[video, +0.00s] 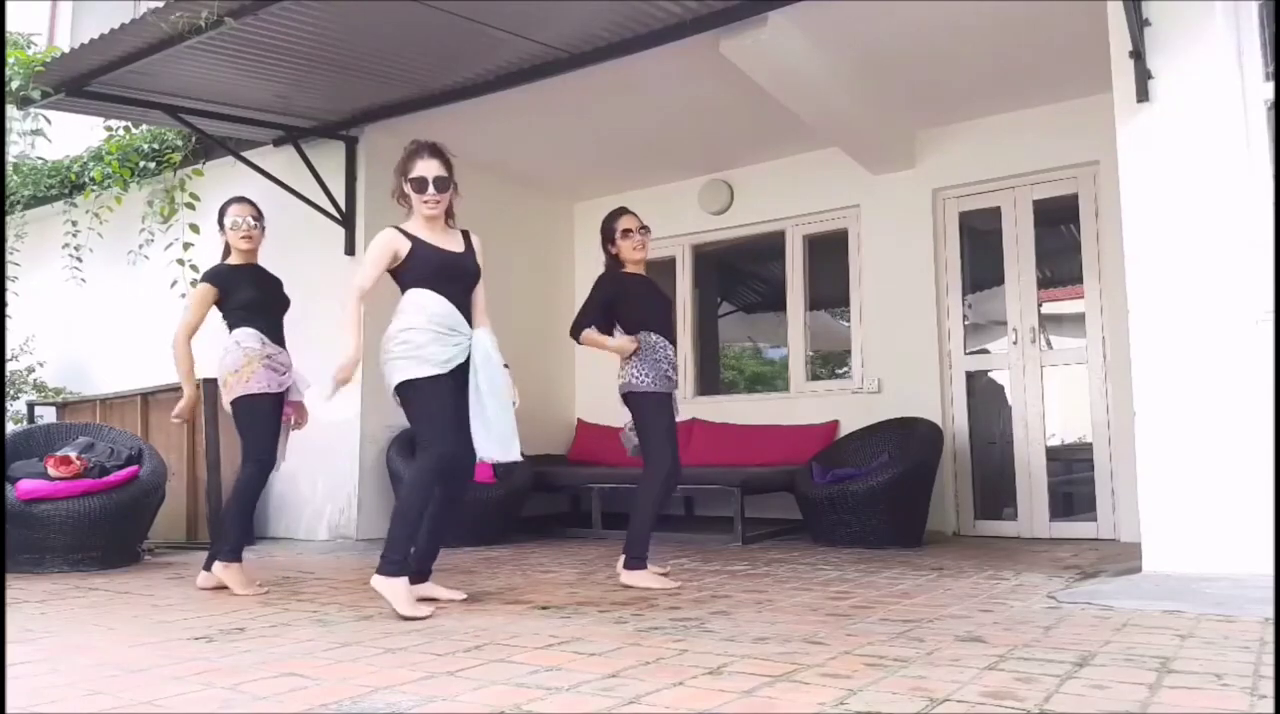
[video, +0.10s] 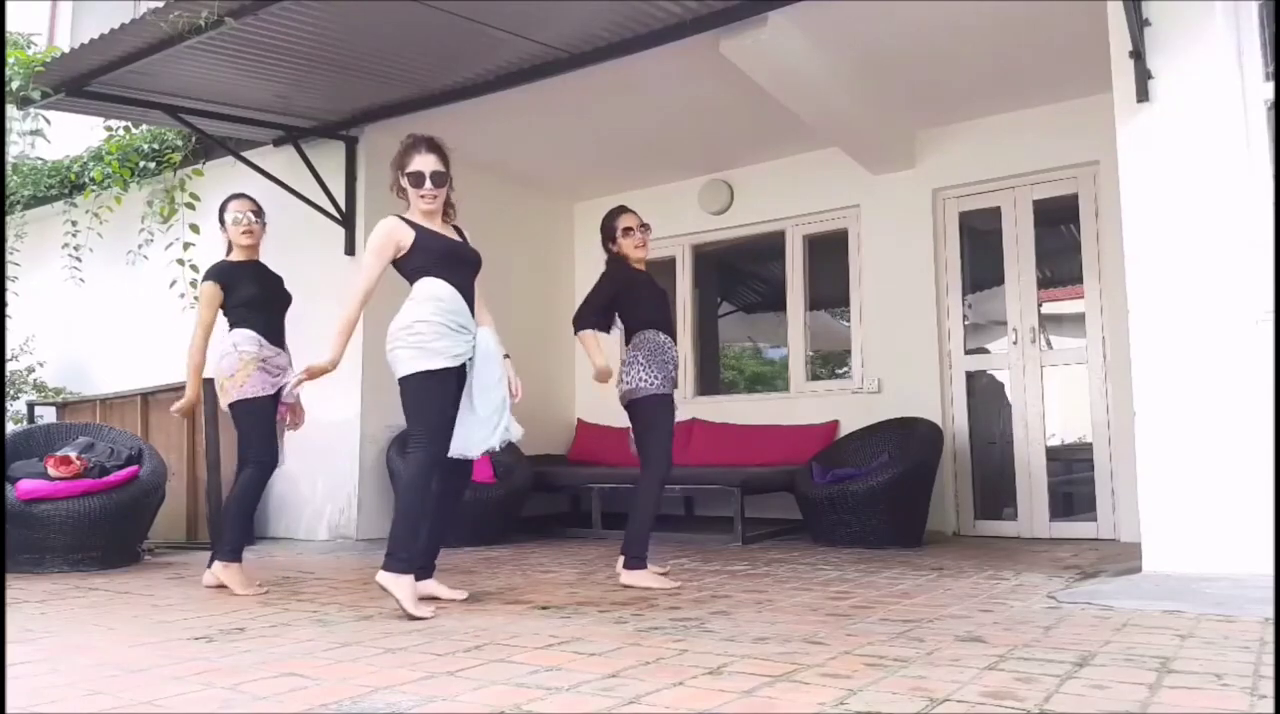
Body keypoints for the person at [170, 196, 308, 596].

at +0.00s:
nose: (248, 228)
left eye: (254, 221)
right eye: (237, 223)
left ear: (263, 229)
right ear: (224, 233)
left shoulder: (271, 279)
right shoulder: (221, 275)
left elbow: (278, 342)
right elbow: (182, 336)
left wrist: (292, 394)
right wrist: (190, 390)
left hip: (276, 376)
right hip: (246, 372)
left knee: (257, 465)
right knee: (259, 462)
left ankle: (215, 564)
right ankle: (228, 560)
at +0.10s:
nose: (249, 222)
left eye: (254, 216)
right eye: (238, 218)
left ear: (264, 225)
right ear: (225, 230)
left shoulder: (271, 277)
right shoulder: (220, 273)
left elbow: (279, 341)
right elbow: (201, 334)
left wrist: (290, 393)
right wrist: (192, 390)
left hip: (272, 373)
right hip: (241, 370)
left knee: (255, 462)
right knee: (261, 460)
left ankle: (220, 561)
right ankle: (228, 560)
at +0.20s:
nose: (247, 223)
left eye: (254, 218)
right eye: (237, 219)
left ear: (264, 229)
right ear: (226, 232)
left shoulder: (279, 284)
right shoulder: (218, 273)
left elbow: (280, 347)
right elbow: (205, 335)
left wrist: (293, 397)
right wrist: (204, 390)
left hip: (271, 378)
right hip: (234, 375)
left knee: (250, 469)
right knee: (266, 460)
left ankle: (229, 562)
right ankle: (226, 563)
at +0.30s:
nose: (247, 229)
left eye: (254, 224)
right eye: (238, 225)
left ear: (265, 236)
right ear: (225, 238)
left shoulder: (275, 293)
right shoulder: (215, 278)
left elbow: (281, 356)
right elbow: (209, 344)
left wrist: (297, 404)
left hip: (270, 385)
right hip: (230, 382)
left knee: (258, 471)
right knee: (260, 465)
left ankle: (226, 563)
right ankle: (229, 566)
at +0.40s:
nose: (250, 237)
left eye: (257, 232)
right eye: (241, 232)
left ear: (266, 243)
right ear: (226, 243)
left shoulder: (274, 299)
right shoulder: (212, 281)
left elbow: (283, 360)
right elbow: (184, 323)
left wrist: (299, 411)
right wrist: (228, 295)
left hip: (269, 390)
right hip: (230, 388)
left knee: (266, 475)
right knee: (257, 468)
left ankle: (227, 562)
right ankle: (240, 566)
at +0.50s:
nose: (249, 241)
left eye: (257, 236)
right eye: (240, 236)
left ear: (266, 246)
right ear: (227, 246)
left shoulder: (275, 300)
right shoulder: (210, 286)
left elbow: (286, 362)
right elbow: (179, 327)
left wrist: (298, 413)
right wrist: (230, 313)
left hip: (272, 390)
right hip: (230, 389)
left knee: (270, 478)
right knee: (247, 469)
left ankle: (224, 567)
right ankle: (258, 558)